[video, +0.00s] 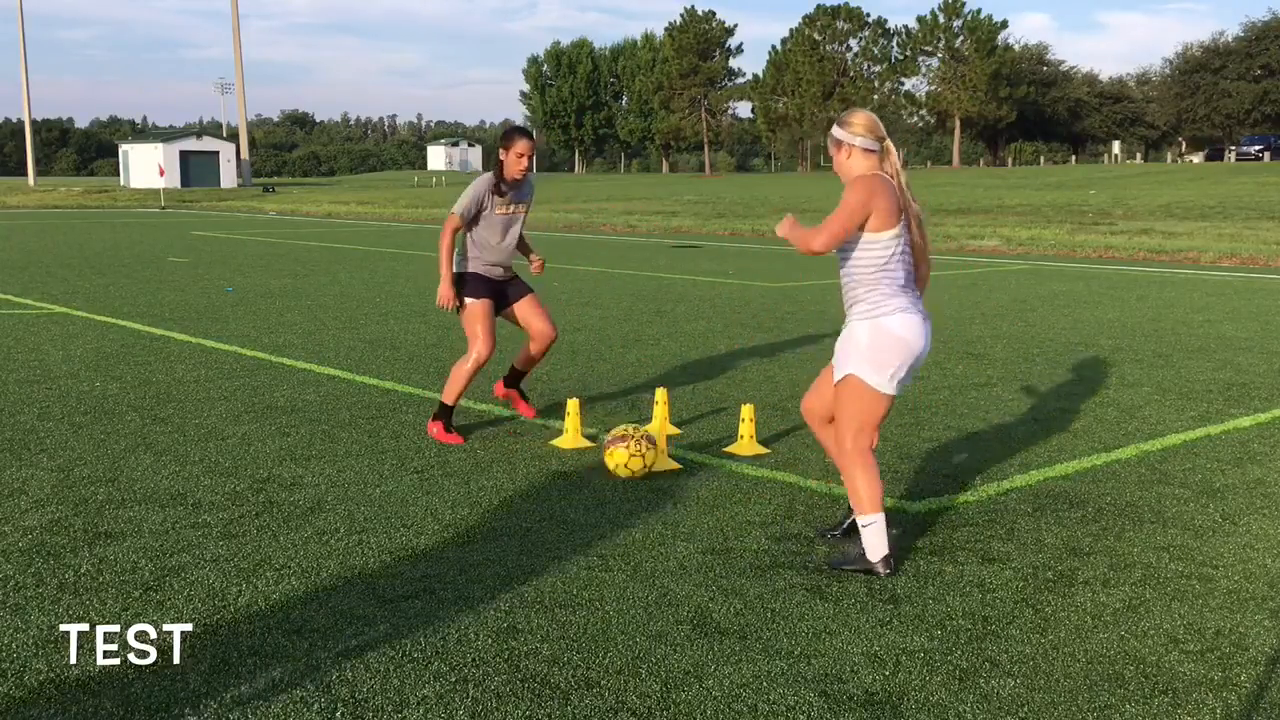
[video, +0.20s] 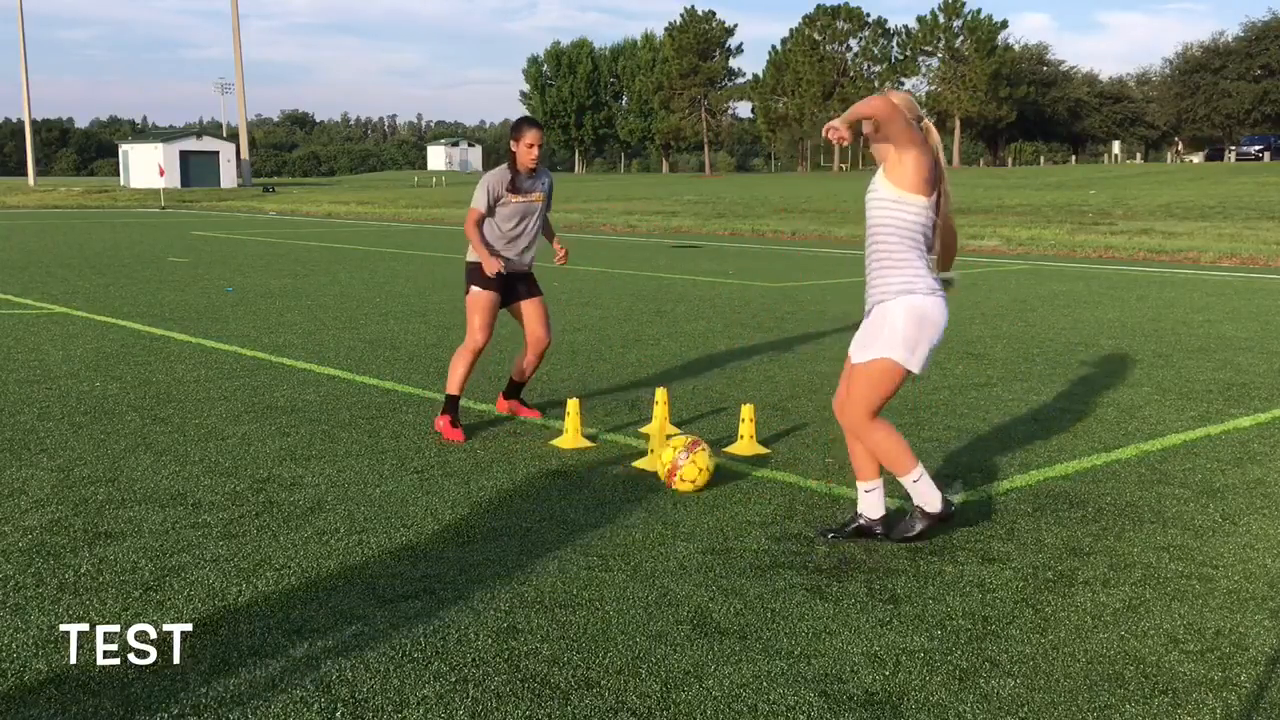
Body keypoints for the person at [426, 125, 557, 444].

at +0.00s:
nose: (526, 163)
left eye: (530, 157)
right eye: (520, 156)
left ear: (532, 159)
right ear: (502, 155)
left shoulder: (526, 189)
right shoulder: (482, 187)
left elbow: (512, 230)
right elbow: (449, 229)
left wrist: (531, 255)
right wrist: (446, 280)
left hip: (506, 277)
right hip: (474, 275)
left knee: (545, 334)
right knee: (481, 348)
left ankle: (509, 385)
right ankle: (440, 419)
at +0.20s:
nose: (536, 152)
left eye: (539, 146)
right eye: (530, 146)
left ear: (541, 148)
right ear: (514, 146)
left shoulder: (544, 181)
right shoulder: (493, 180)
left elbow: (541, 218)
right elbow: (471, 223)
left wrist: (555, 242)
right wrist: (485, 256)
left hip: (520, 269)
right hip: (486, 266)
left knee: (540, 339)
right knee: (477, 338)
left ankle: (510, 398)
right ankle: (448, 414)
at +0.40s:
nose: (543, 130)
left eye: (546, 124)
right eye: (537, 124)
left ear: (547, 127)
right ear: (521, 125)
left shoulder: (547, 157)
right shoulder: (503, 158)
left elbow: (541, 196)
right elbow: (483, 203)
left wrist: (550, 220)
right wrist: (521, 221)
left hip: (533, 248)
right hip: (500, 244)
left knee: (535, 323)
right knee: (506, 318)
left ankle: (515, 392)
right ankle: (479, 385)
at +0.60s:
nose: (550, 146)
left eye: (553, 140)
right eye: (544, 140)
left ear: (554, 143)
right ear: (527, 141)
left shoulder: (552, 174)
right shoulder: (510, 173)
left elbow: (544, 216)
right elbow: (486, 215)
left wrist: (560, 236)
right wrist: (520, 238)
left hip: (542, 261)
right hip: (510, 261)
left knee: (572, 319)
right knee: (515, 334)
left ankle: (548, 368)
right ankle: (484, 393)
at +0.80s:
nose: (570, 149)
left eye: (572, 144)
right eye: (564, 144)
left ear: (574, 145)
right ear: (548, 146)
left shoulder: (579, 175)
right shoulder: (532, 179)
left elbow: (580, 208)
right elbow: (511, 216)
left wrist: (590, 230)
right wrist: (527, 242)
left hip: (565, 263)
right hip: (533, 261)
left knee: (581, 324)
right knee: (526, 327)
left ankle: (568, 376)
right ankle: (489, 391)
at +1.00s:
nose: (581, 135)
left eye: (583, 129)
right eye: (576, 129)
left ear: (583, 132)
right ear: (559, 130)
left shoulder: (585, 155)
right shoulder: (542, 160)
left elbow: (581, 189)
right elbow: (520, 199)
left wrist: (598, 209)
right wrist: (549, 217)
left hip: (574, 242)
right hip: (544, 241)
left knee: (580, 309)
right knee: (551, 309)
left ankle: (572, 371)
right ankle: (527, 366)